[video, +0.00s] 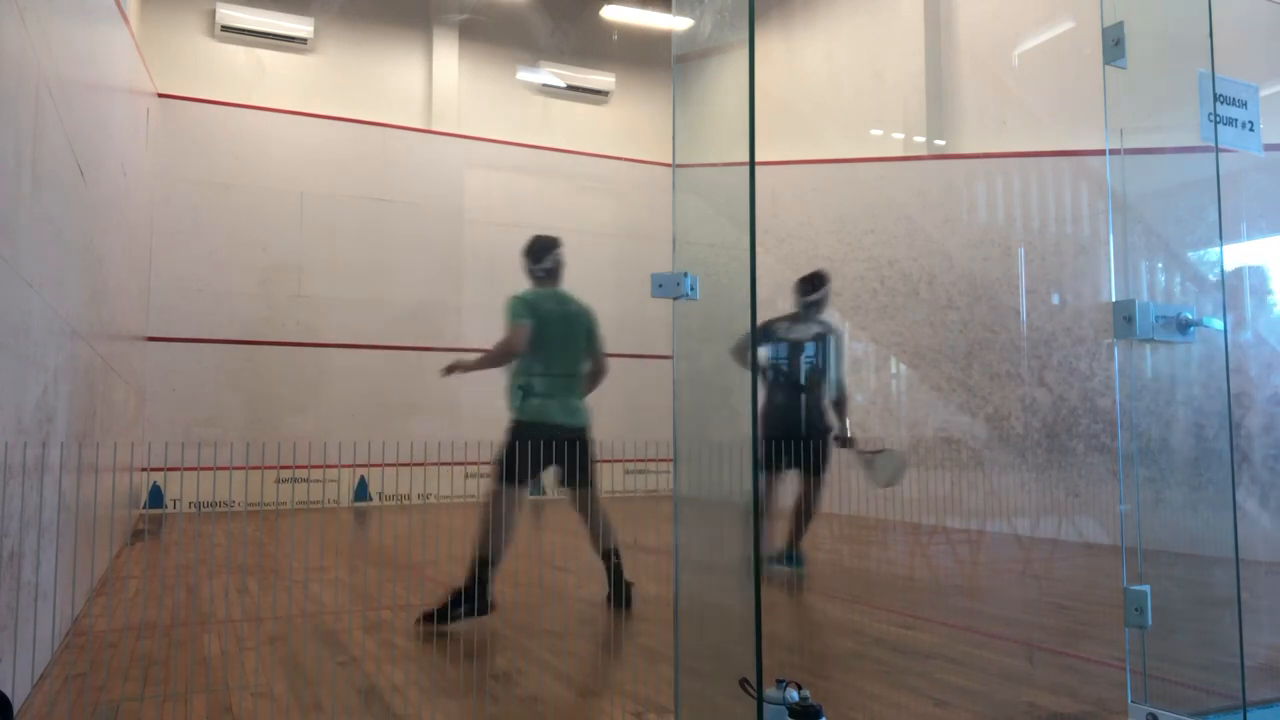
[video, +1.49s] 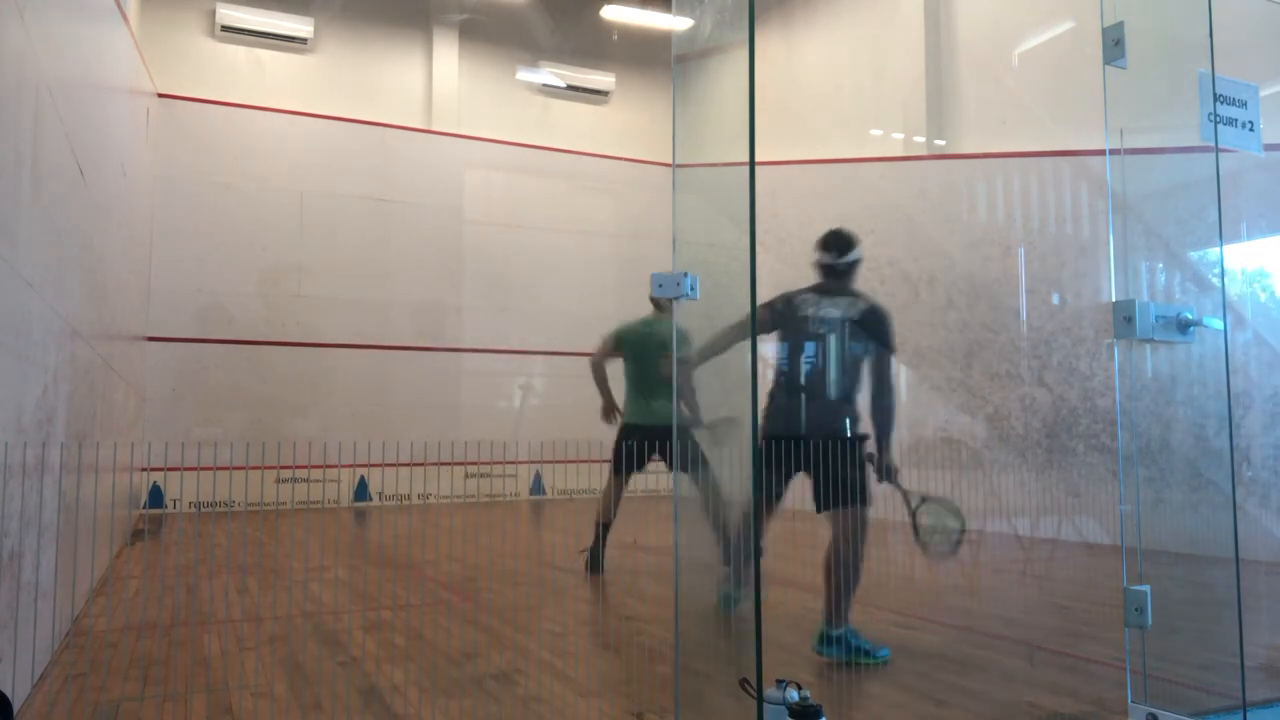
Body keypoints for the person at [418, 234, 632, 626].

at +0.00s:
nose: (544, 270)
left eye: (536, 264)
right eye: (554, 262)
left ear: (528, 268)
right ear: (560, 267)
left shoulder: (524, 302)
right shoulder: (582, 311)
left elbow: (516, 345)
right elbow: (600, 368)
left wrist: (468, 365)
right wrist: (569, 394)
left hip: (532, 427)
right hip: (573, 429)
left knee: (500, 504)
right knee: (589, 502)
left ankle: (475, 590)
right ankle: (619, 584)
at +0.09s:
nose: (573, 261)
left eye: (557, 257)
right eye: (580, 253)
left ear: (554, 258)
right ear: (584, 258)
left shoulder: (547, 292)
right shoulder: (605, 298)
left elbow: (534, 334)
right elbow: (629, 348)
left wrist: (495, 355)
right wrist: (602, 380)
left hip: (558, 414)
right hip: (598, 417)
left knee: (544, 493)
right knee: (604, 492)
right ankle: (622, 579)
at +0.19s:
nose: (593, 255)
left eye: (580, 248)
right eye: (599, 249)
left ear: (572, 250)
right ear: (605, 251)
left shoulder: (559, 282)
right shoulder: (621, 288)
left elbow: (539, 324)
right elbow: (648, 333)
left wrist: (522, 346)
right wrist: (642, 371)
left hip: (579, 399)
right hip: (617, 399)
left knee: (589, 485)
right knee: (612, 478)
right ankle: (639, 546)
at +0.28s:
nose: (615, 265)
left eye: (596, 259)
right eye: (620, 258)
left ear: (591, 261)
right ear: (624, 262)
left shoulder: (574, 292)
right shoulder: (636, 298)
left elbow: (542, 332)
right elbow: (665, 342)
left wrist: (554, 349)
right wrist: (672, 386)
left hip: (592, 406)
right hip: (629, 404)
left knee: (616, 485)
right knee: (630, 477)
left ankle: (650, 556)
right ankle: (657, 545)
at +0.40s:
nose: (641, 283)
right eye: (640, 278)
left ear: (606, 282)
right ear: (637, 281)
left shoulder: (587, 314)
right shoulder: (647, 316)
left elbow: (555, 354)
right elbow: (675, 360)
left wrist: (588, 348)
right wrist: (694, 405)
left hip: (605, 421)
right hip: (641, 420)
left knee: (632, 499)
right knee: (654, 489)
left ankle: (661, 568)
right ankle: (670, 555)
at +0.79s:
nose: (666, 293)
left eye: (665, 287)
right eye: (664, 287)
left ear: (632, 287)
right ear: (656, 287)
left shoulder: (610, 318)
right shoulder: (662, 320)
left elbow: (588, 358)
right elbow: (669, 371)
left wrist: (617, 364)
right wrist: (686, 401)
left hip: (619, 419)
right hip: (656, 419)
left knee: (612, 482)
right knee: (666, 484)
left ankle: (612, 547)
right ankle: (671, 549)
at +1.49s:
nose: (675, 304)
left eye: (672, 298)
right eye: (675, 299)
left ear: (651, 299)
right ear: (674, 300)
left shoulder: (629, 331)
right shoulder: (679, 335)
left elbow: (596, 361)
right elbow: (685, 383)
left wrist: (607, 400)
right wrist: (696, 417)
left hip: (635, 426)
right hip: (672, 427)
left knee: (615, 485)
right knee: (708, 484)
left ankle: (597, 551)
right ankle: (730, 549)